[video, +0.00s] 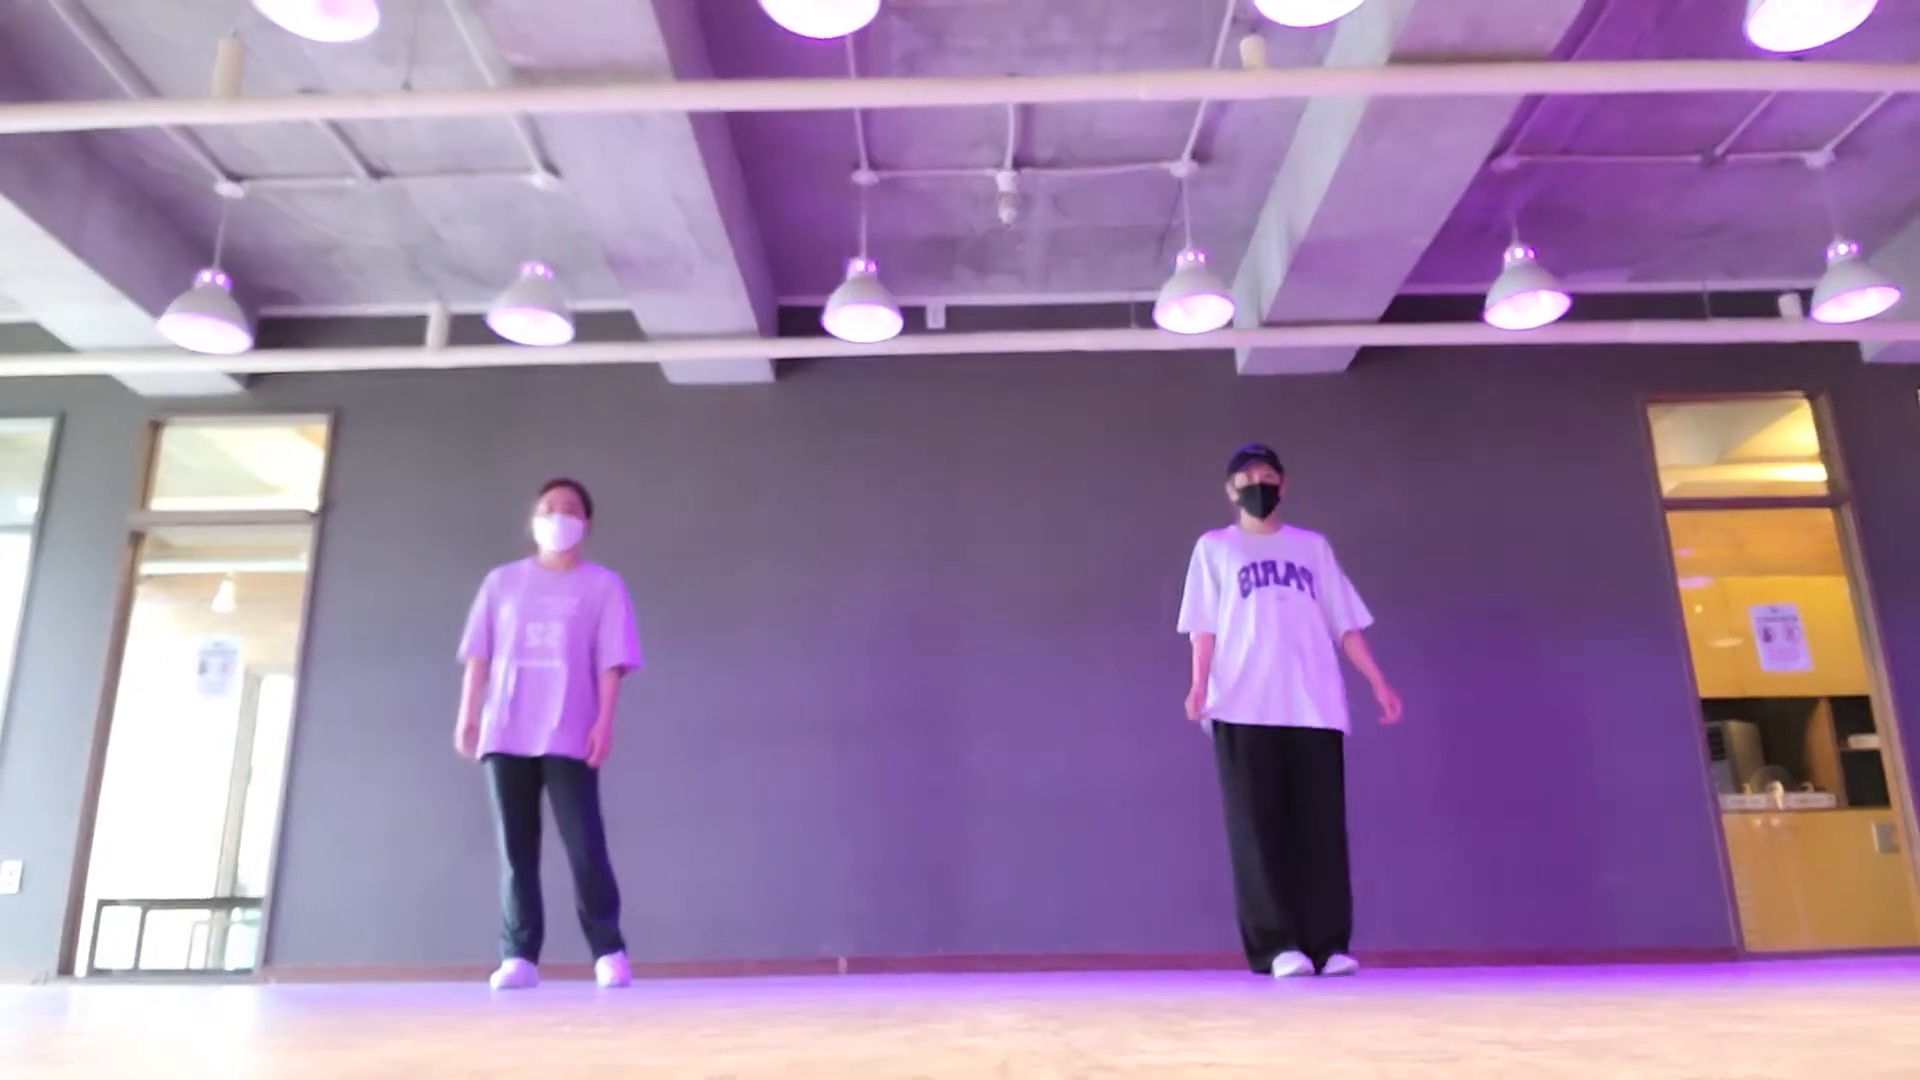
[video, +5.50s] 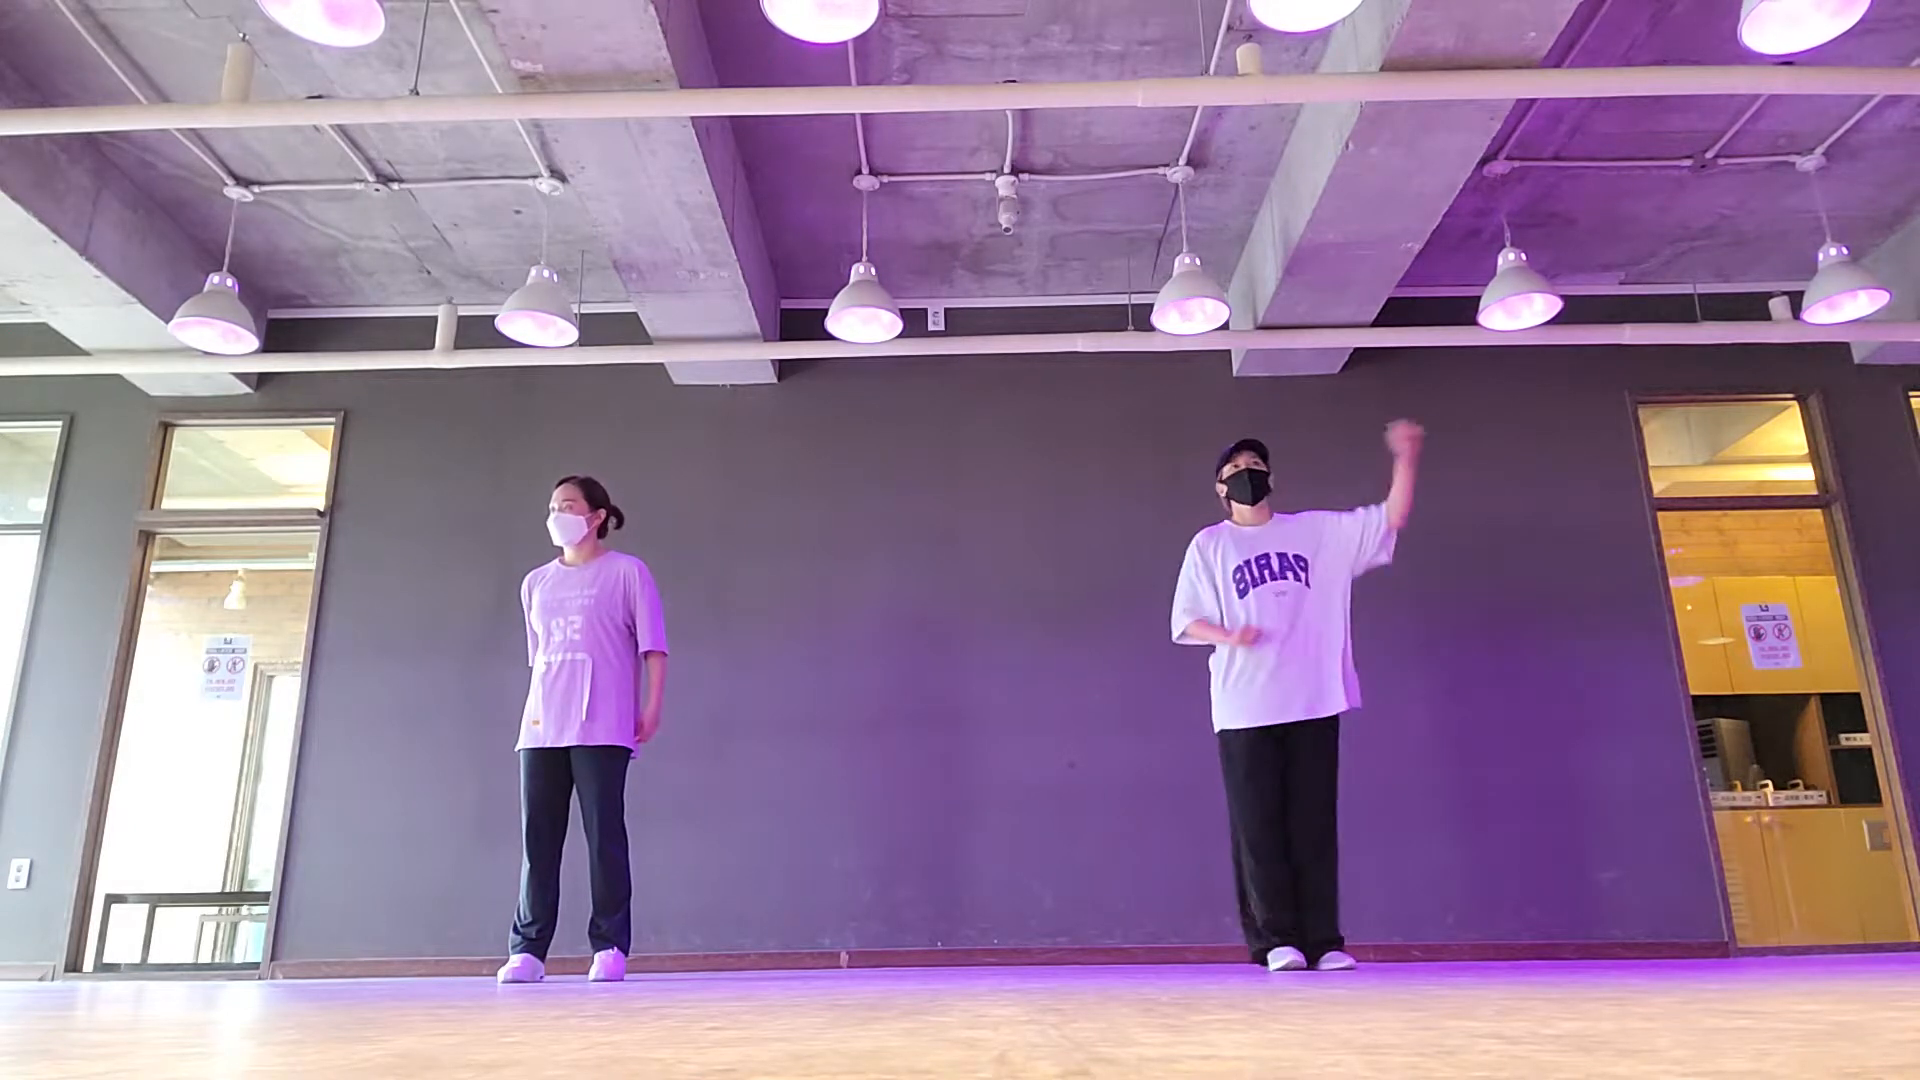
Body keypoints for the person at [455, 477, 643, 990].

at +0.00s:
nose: (557, 521)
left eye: (569, 513)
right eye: (548, 512)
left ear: (585, 525)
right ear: (532, 522)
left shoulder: (603, 586)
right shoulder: (501, 582)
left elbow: (611, 665)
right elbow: (477, 656)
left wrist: (604, 723)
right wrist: (468, 716)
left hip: (568, 735)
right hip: (506, 733)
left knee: (586, 849)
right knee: (516, 853)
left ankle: (609, 952)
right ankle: (518, 956)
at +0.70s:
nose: (566, 511)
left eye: (577, 505)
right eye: (557, 504)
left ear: (594, 522)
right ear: (543, 520)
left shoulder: (616, 581)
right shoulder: (514, 581)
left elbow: (638, 653)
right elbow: (490, 651)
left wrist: (604, 666)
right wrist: (497, 657)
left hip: (586, 729)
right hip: (524, 728)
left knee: (595, 841)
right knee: (529, 845)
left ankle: (609, 949)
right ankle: (525, 953)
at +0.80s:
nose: (569, 510)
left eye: (581, 504)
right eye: (560, 504)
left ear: (598, 522)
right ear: (547, 521)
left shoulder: (621, 580)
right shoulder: (521, 580)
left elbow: (645, 651)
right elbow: (485, 650)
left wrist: (606, 615)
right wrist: (512, 608)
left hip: (591, 728)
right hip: (529, 727)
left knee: (597, 840)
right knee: (531, 844)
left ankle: (609, 949)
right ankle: (525, 953)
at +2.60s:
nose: (593, 511)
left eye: (604, 505)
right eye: (584, 505)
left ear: (620, 522)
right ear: (570, 520)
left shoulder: (635, 576)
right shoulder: (543, 577)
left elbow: (670, 617)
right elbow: (490, 610)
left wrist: (663, 565)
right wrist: (516, 555)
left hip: (612, 721)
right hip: (548, 721)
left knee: (611, 837)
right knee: (543, 837)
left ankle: (610, 949)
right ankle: (527, 951)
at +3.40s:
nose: (573, 511)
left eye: (586, 503)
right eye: (569, 504)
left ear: (611, 519)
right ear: (562, 518)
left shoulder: (633, 574)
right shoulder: (543, 581)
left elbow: (676, 633)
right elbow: (499, 641)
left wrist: (657, 583)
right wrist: (478, 601)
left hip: (609, 723)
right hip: (547, 723)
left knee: (609, 839)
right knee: (542, 841)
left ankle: (610, 949)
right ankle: (527, 951)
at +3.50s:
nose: (573, 510)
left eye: (585, 503)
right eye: (569, 503)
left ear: (611, 518)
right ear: (561, 518)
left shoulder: (636, 576)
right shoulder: (540, 582)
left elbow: (674, 645)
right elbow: (518, 652)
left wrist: (639, 636)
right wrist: (494, 655)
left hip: (607, 725)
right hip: (546, 725)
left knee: (608, 840)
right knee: (541, 841)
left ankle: (610, 949)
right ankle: (527, 952)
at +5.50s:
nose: (556, 515)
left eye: (568, 508)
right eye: (553, 508)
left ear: (597, 518)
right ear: (547, 520)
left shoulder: (628, 572)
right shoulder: (535, 582)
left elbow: (654, 648)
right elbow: (538, 660)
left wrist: (650, 712)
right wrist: (534, 718)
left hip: (602, 721)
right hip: (542, 724)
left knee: (604, 838)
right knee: (538, 840)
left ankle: (609, 948)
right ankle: (527, 950)